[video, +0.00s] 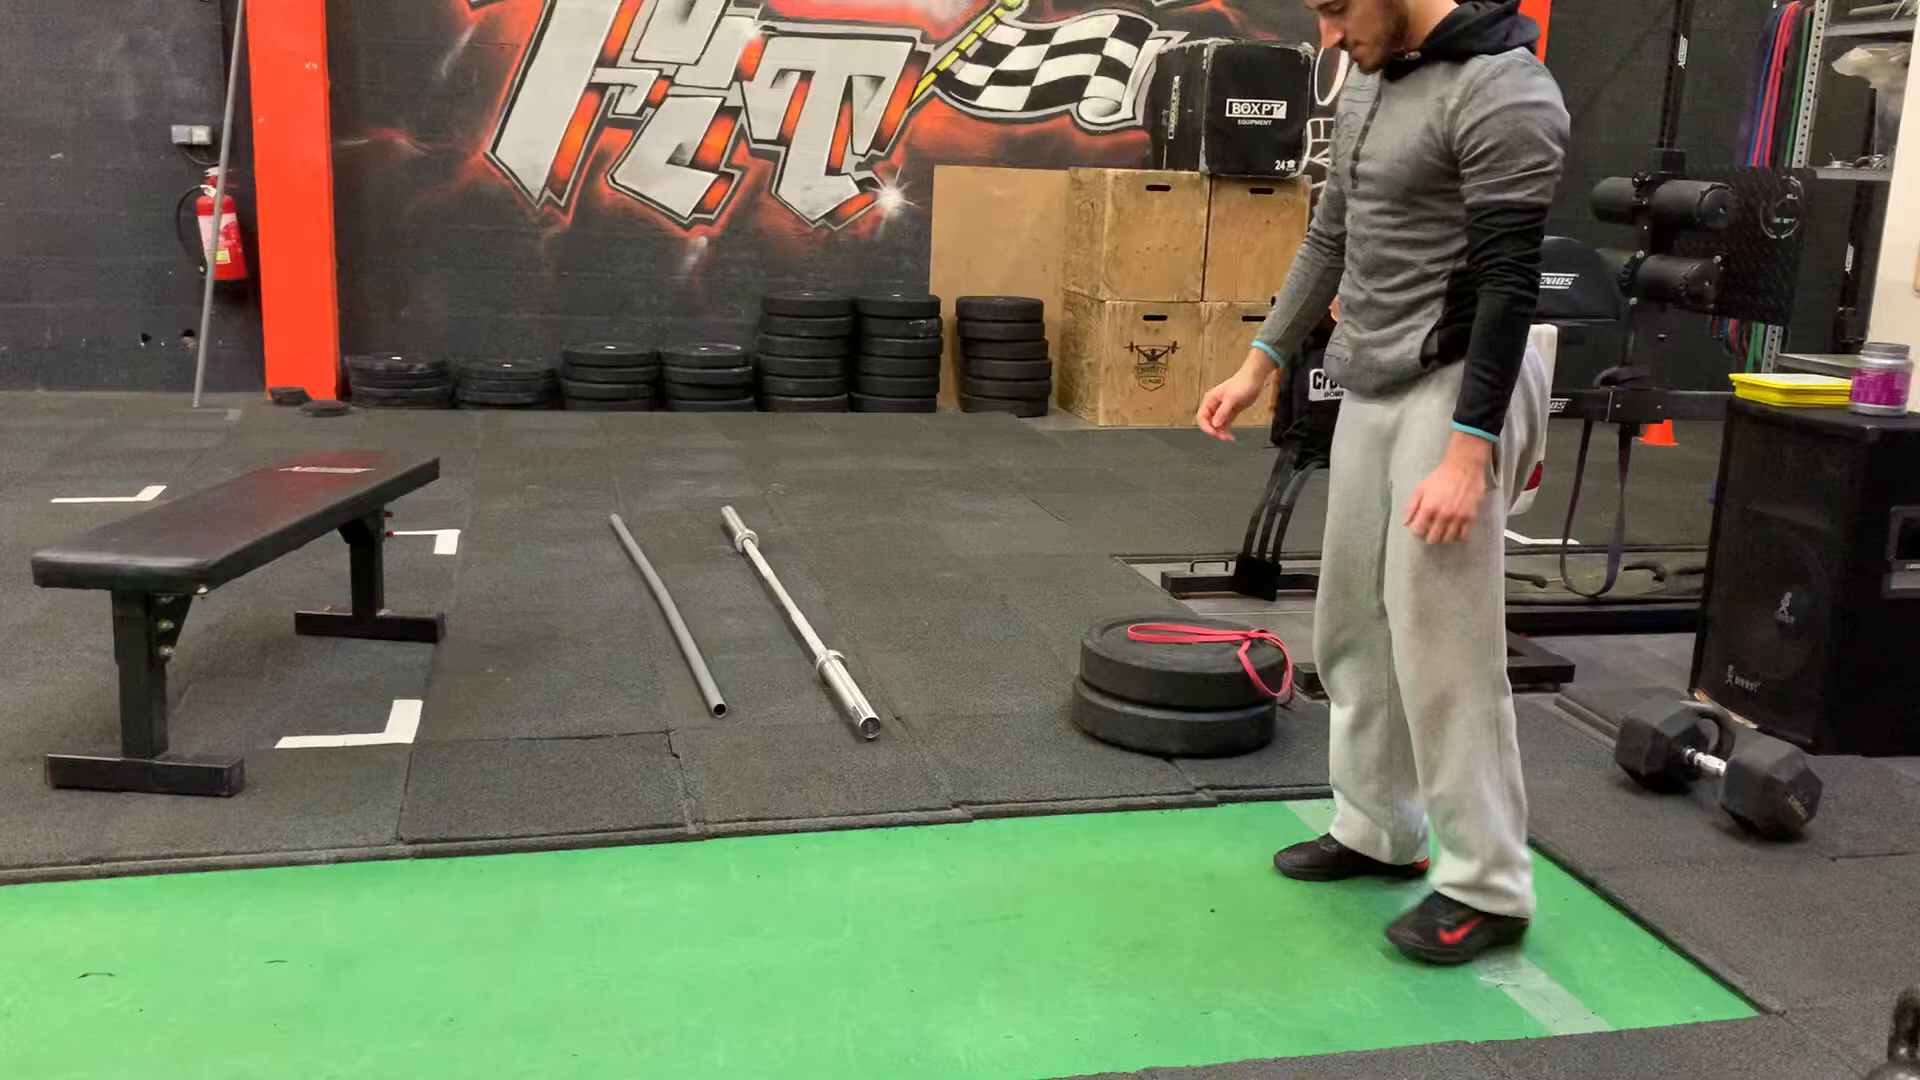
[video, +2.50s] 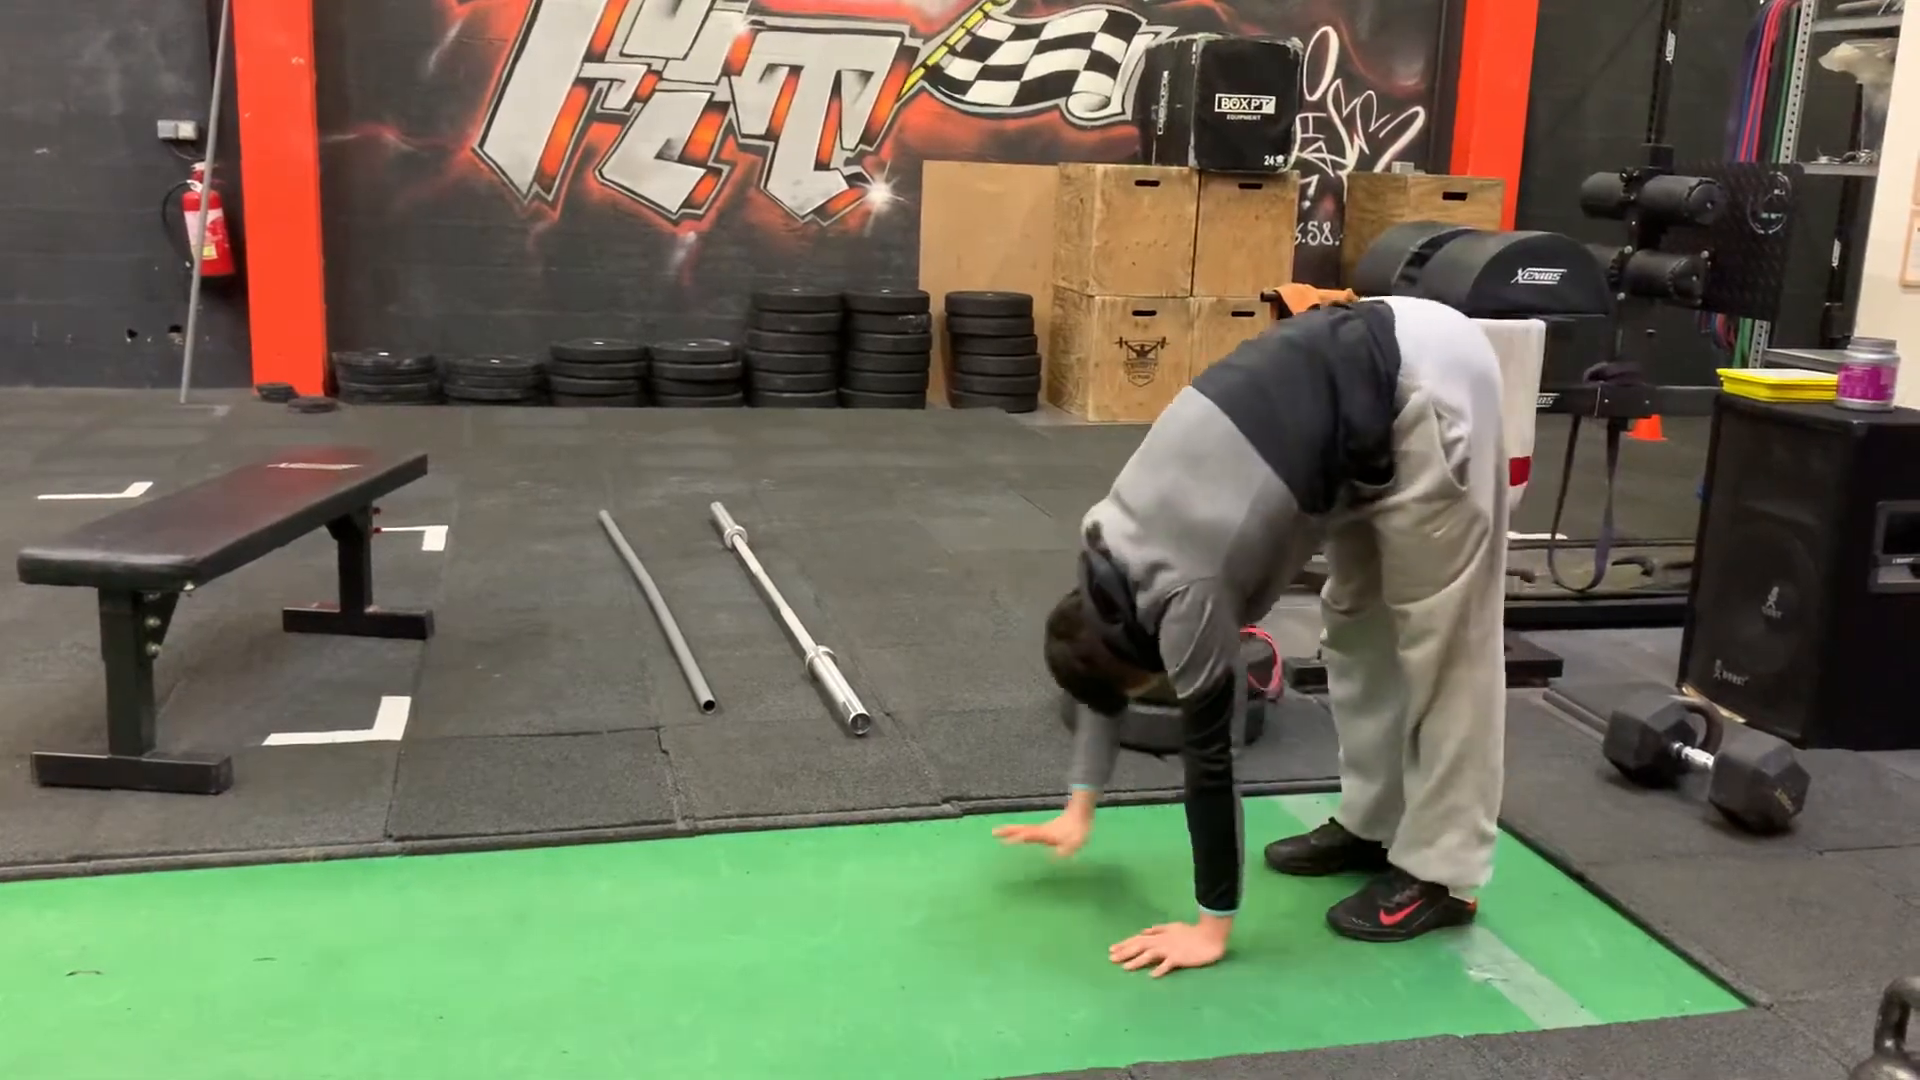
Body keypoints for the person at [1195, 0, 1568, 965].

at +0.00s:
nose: (1330, 34)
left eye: (1338, 11)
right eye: (1322, 17)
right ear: (1359, 10)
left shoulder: (1504, 93)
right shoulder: (1366, 80)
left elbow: (1510, 282)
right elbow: (1328, 236)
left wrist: (1470, 444)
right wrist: (1263, 360)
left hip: (1461, 390)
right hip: (1369, 385)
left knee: (1444, 636)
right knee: (1356, 617)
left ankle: (1487, 884)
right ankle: (1378, 826)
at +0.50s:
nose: (1227, 148)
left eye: (1228, 124)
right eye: (1213, 133)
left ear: (1279, 69)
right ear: (1266, 82)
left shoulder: (1421, 145)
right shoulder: (1285, 155)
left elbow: (1455, 326)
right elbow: (1303, 298)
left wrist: (1446, 489)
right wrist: (1319, 438)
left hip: (1489, 386)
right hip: (1387, 385)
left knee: (1464, 635)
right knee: (1372, 618)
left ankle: (1446, 871)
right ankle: (1371, 824)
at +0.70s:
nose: (1198, 280)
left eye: (1192, 262)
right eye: (1182, 270)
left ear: (1224, 203)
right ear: (1218, 200)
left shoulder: (1359, 230)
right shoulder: (1249, 224)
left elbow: (1414, 397)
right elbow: (1287, 372)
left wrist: (1441, 558)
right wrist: (1327, 500)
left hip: (1515, 385)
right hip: (1411, 392)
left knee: (1483, 628)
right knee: (1396, 610)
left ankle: (1446, 870)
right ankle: (1373, 821)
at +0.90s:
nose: (1188, 397)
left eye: (1176, 383)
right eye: (1170, 393)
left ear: (1192, 333)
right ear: (1187, 326)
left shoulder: (1317, 327)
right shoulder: (1234, 312)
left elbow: (1379, 489)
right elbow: (1274, 456)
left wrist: (1421, 644)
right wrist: (1329, 583)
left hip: (1531, 386)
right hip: (1431, 396)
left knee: (1498, 637)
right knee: (1412, 621)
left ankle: (1448, 872)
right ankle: (1376, 822)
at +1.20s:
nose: (1192, 522)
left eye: (1183, 516)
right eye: (1180, 520)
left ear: (1187, 482)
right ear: (1168, 475)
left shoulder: (1290, 431)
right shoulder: (1205, 412)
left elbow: (1343, 594)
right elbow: (1258, 554)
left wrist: (1394, 753)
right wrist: (1311, 671)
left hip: (1539, 377)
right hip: (1444, 390)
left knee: (1499, 637)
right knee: (1421, 611)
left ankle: (1450, 871)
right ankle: (1375, 825)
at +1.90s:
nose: (1258, 641)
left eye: (1251, 637)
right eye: (1243, 646)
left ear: (1235, 605)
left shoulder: (1285, 533)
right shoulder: (1195, 497)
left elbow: (1327, 699)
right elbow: (1225, 662)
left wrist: (1342, 871)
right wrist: (1227, 800)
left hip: (1519, 371)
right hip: (1426, 362)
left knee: (1484, 633)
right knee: (1403, 616)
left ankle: (1448, 872)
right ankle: (1380, 828)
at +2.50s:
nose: (1146, 694)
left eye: (1137, 689)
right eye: (1132, 695)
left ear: (1122, 660)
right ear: (1095, 632)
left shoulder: (1186, 601)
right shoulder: (1105, 551)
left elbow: (1210, 762)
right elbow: (1099, 687)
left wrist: (1212, 924)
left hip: (1428, 379)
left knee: (1443, 642)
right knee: (1358, 626)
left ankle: (1443, 874)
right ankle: (1372, 823)